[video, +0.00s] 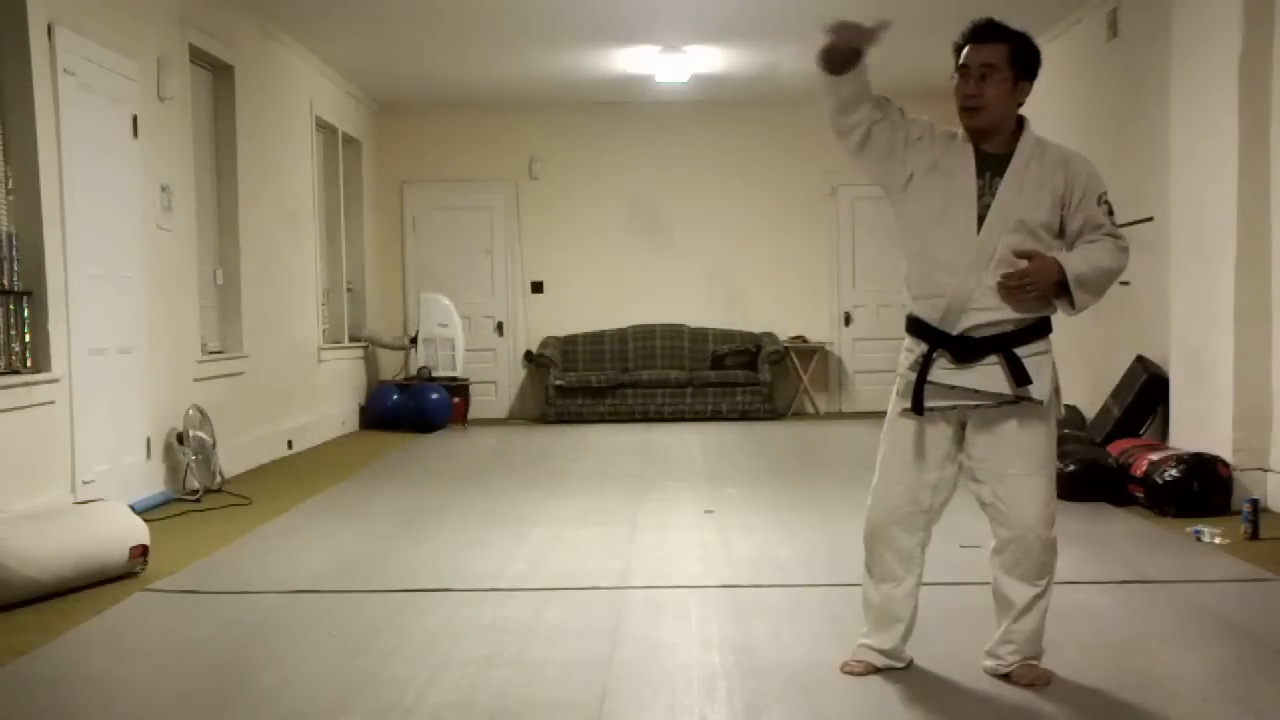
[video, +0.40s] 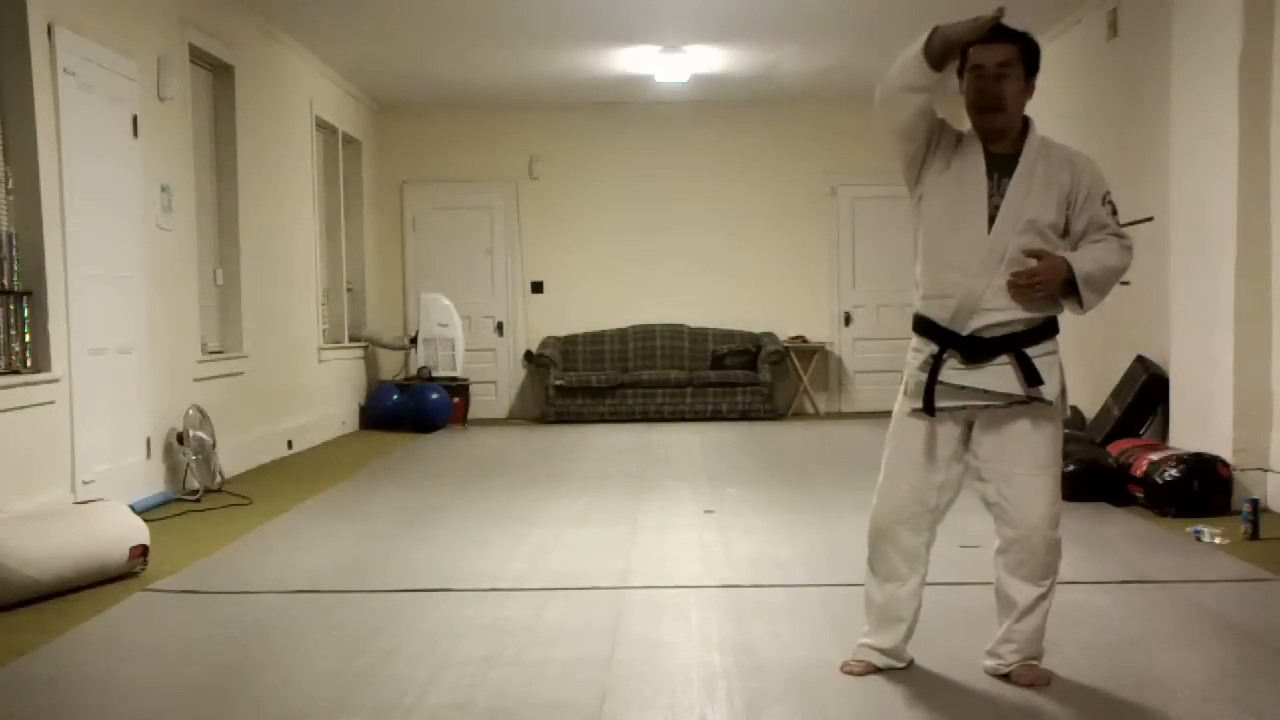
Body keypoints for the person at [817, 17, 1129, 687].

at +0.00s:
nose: (968, 87)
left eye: (987, 74)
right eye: (962, 74)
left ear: (1021, 88)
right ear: (953, 83)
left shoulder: (1064, 171)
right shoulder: (918, 154)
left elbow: (1110, 251)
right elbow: (861, 120)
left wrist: (1063, 271)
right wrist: (841, 66)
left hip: (1018, 365)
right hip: (927, 362)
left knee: (1029, 526)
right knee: (893, 515)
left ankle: (1015, 654)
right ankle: (882, 641)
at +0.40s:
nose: (985, 88)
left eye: (1002, 73)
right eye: (973, 73)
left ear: (1029, 84)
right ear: (959, 83)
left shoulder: (1070, 171)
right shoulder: (933, 156)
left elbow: (1114, 250)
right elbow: (898, 99)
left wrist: (1070, 269)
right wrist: (945, 43)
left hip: (1024, 368)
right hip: (934, 364)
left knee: (1034, 526)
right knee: (897, 514)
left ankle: (1016, 653)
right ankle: (882, 641)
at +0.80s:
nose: (989, 85)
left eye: (1001, 72)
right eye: (972, 74)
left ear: (1019, 82)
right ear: (950, 88)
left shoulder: (1063, 168)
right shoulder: (926, 159)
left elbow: (1110, 242)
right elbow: (888, 106)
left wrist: (1072, 266)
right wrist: (933, 48)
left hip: (1027, 368)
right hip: (937, 366)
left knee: (1037, 526)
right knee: (901, 516)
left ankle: (1016, 653)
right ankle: (884, 641)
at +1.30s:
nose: (975, 83)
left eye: (984, 69)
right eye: (956, 74)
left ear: (999, 80)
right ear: (931, 94)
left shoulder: (1049, 164)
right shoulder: (908, 162)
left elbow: (1100, 237)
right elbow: (845, 159)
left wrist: (1058, 262)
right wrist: (826, 112)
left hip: (1021, 369)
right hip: (931, 369)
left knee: (1033, 526)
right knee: (897, 517)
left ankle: (1015, 654)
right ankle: (885, 642)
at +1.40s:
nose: (974, 82)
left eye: (983, 68)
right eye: (956, 74)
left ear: (998, 80)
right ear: (930, 95)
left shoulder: (1049, 163)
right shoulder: (907, 164)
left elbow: (1100, 235)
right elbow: (841, 165)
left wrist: (1057, 262)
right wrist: (812, 124)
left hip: (1020, 369)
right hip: (931, 369)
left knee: (1033, 526)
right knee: (897, 518)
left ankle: (1016, 653)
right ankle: (884, 643)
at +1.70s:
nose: (973, 82)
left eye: (981, 68)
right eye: (954, 73)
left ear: (997, 81)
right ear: (929, 95)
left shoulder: (1048, 162)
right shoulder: (907, 163)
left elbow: (1098, 234)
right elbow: (843, 170)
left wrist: (1056, 262)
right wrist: (801, 141)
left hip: (1021, 368)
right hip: (932, 370)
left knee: (1034, 527)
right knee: (898, 519)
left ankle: (1017, 653)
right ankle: (884, 643)